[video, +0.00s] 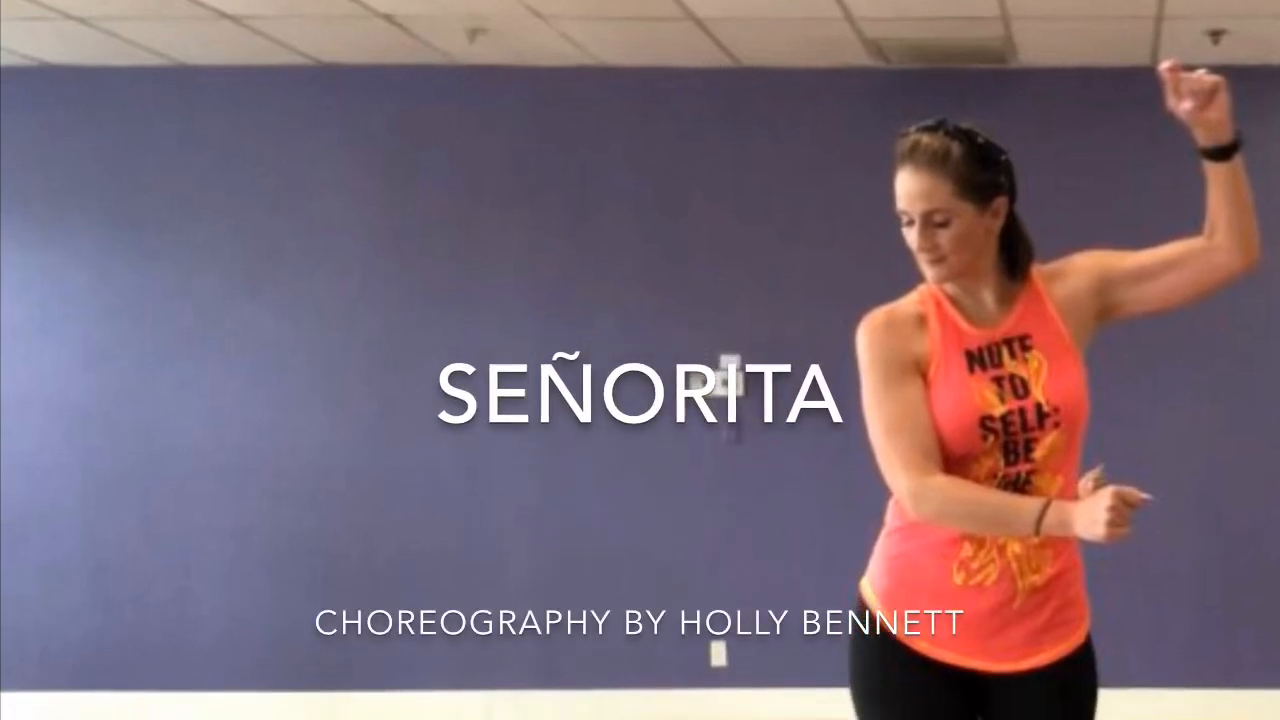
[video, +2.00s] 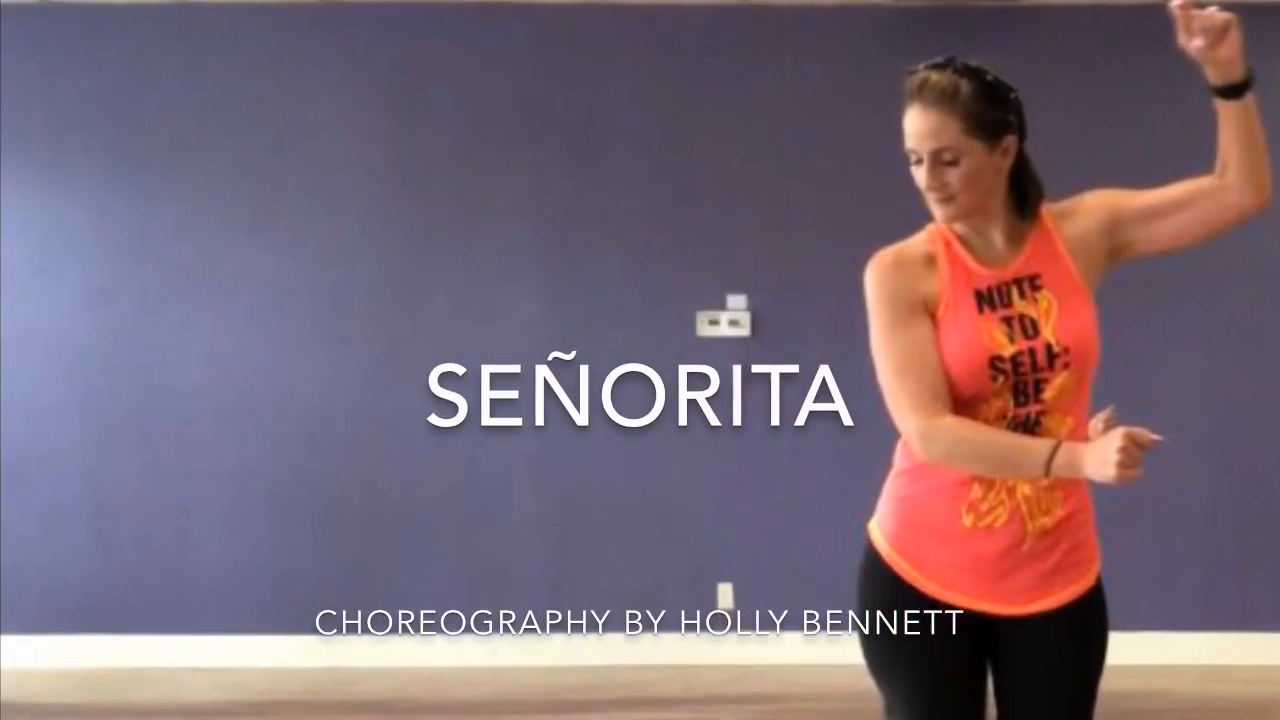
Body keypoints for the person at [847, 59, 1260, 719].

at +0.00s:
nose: (920, 241)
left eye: (939, 221)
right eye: (907, 222)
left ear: (997, 210)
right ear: (897, 217)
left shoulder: (1076, 291)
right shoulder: (892, 334)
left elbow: (1233, 251)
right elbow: (921, 491)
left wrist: (1217, 140)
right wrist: (1066, 517)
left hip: (1045, 646)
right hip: (913, 643)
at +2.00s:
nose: (928, 181)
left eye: (946, 160)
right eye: (916, 162)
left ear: (1005, 149)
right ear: (906, 158)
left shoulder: (1087, 229)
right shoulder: (901, 273)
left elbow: (1242, 191)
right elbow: (928, 432)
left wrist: (1228, 79)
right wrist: (1074, 457)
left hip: (1054, 587)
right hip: (919, 587)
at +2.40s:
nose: (929, 170)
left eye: (947, 148)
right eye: (916, 149)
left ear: (1006, 137)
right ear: (906, 144)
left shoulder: (1088, 217)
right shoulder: (901, 261)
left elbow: (1245, 177)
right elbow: (930, 420)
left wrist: (1229, 65)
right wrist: (1076, 447)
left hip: (1056, 574)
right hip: (923, 574)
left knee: (1055, 710)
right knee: (936, 707)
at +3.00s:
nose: (933, 150)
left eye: (953, 128)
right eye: (919, 129)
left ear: (1011, 116)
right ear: (909, 129)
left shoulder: (1092, 201)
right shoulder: (904, 244)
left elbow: (1249, 160)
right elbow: (931, 402)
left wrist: (1232, 45)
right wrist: (1077, 428)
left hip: (1058, 551)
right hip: (929, 555)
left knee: (1057, 712)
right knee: (945, 711)